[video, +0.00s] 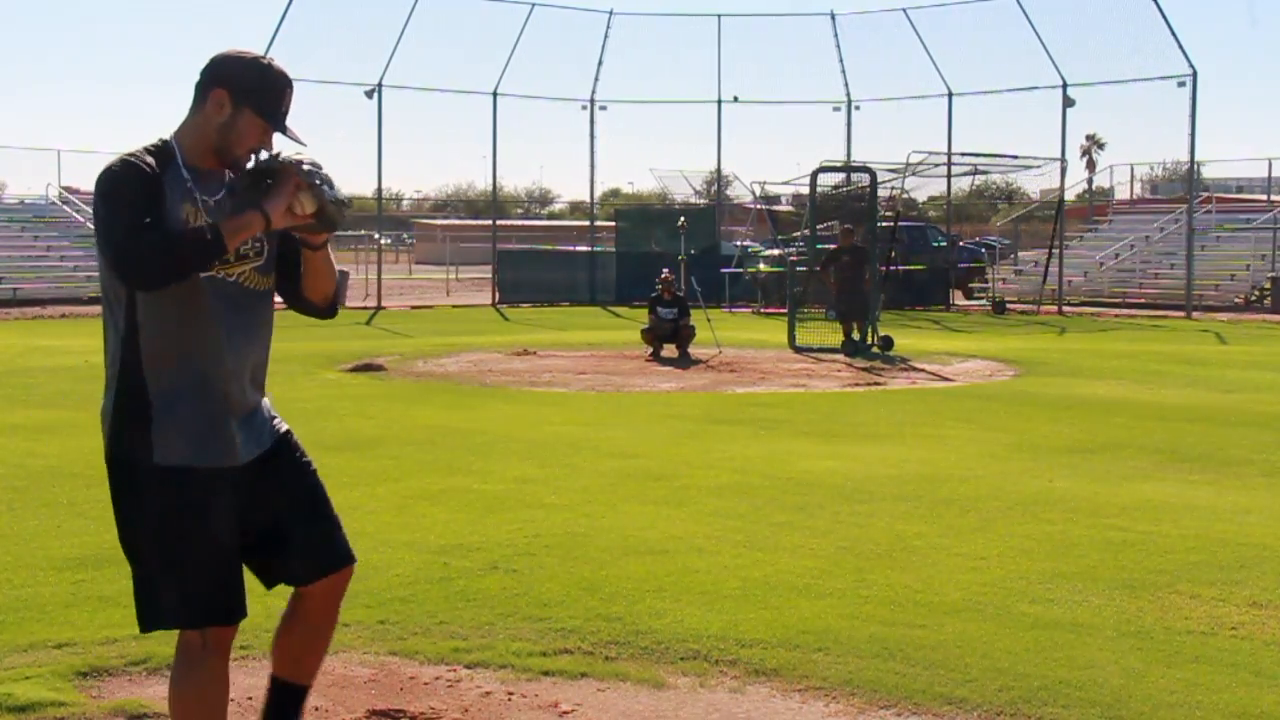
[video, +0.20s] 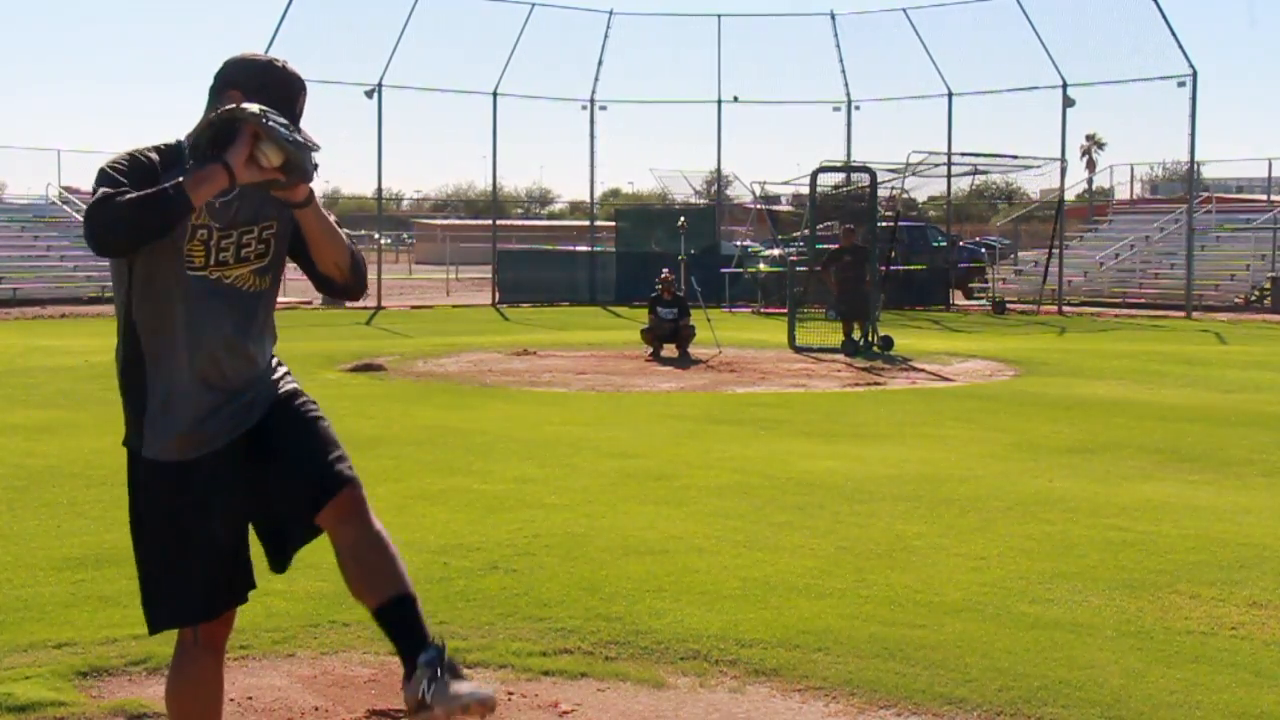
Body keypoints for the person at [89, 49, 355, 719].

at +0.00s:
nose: (267, 144)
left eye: (272, 131)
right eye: (263, 126)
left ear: (228, 112)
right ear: (219, 103)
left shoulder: (251, 189)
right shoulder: (131, 179)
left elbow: (316, 299)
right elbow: (141, 265)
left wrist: (312, 236)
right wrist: (257, 216)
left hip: (250, 427)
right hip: (167, 442)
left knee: (328, 567)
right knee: (209, 622)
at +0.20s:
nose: (273, 145)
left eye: (283, 134)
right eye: (264, 128)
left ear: (291, 136)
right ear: (228, 112)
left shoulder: (278, 193)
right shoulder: (144, 169)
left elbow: (349, 286)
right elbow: (105, 232)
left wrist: (303, 199)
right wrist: (221, 173)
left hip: (263, 399)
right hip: (176, 433)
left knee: (342, 497)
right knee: (208, 618)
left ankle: (425, 667)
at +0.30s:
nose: (268, 141)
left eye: (284, 134)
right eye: (261, 122)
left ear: (296, 141)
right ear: (230, 108)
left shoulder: (288, 194)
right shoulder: (160, 172)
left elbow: (365, 274)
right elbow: (110, 219)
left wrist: (309, 183)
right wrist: (221, 158)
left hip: (266, 384)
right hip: (183, 420)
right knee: (217, 610)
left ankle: (419, 581)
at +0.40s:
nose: (272, 136)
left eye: (290, 129)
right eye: (267, 120)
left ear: (303, 140)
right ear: (238, 112)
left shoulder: (301, 196)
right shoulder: (176, 179)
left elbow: (376, 266)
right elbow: (125, 217)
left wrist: (312, 176)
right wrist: (226, 151)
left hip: (267, 391)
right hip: (190, 418)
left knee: (332, 341)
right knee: (221, 604)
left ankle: (387, 534)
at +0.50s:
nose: (327, 161)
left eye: (331, 149)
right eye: (322, 145)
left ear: (313, 142)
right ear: (282, 130)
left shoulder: (321, 203)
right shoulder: (197, 186)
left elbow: (369, 300)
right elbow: (130, 247)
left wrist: (319, 218)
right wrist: (242, 186)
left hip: (268, 391)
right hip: (195, 425)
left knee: (344, 358)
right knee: (228, 608)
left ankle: (374, 565)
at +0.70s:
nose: (372, 215)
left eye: (374, 202)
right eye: (372, 200)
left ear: (323, 194)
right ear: (345, 196)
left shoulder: (341, 292)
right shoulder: (226, 265)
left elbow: (344, 394)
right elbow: (130, 358)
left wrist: (346, 478)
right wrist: (157, 473)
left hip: (291, 450)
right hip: (211, 462)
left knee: (388, 537)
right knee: (277, 605)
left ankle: (427, 706)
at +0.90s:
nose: (422, 275)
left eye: (423, 264)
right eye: (421, 262)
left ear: (380, 260)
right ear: (400, 261)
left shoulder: (393, 343)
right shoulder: (291, 308)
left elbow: (438, 397)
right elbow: (177, 322)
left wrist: (494, 453)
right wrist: (51, 336)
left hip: (309, 490)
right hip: (235, 494)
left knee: (385, 582)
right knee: (323, 627)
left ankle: (437, 694)